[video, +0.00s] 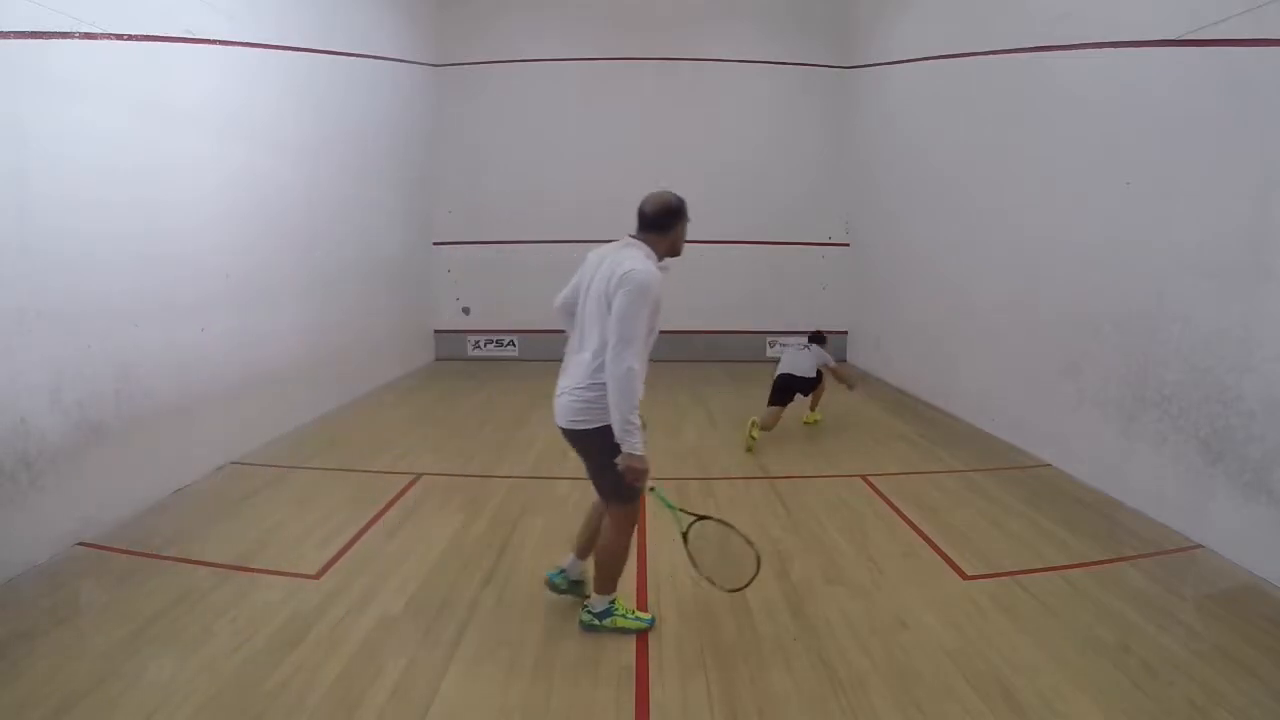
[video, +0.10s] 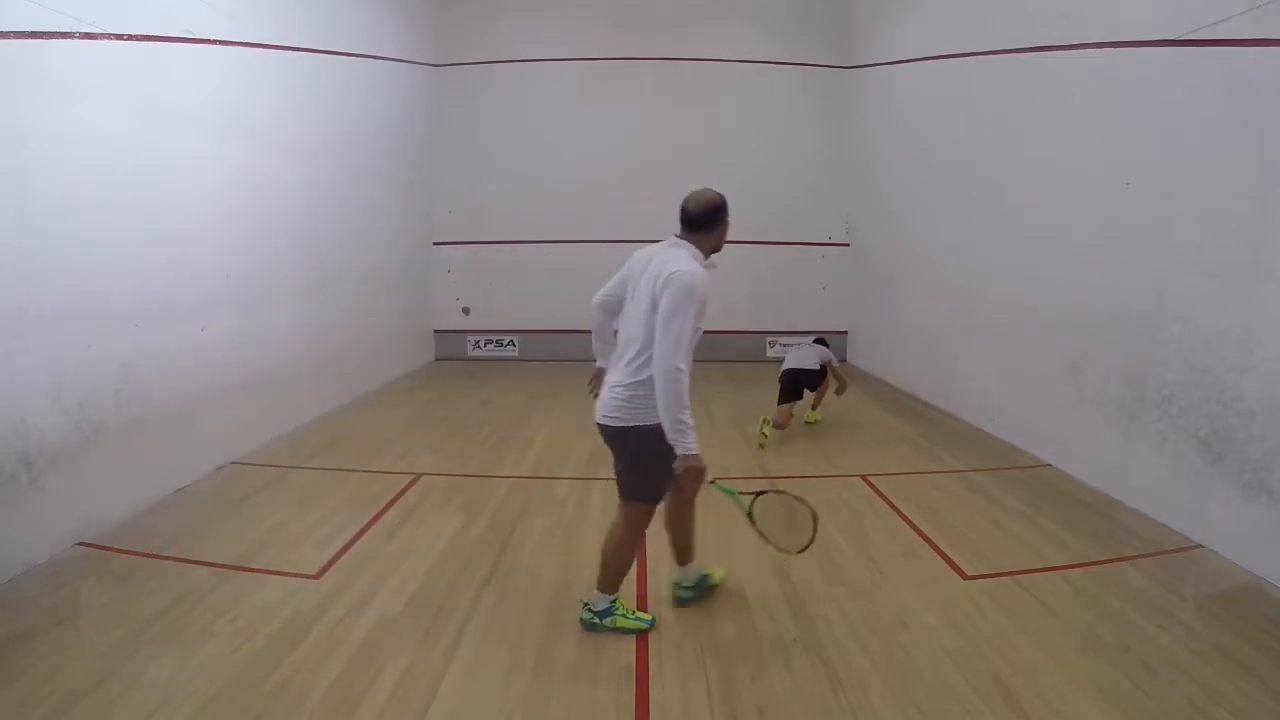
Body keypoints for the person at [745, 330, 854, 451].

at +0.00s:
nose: (824, 348)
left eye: (824, 346)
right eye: (824, 346)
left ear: (808, 341)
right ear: (821, 344)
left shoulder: (791, 348)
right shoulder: (819, 352)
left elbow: (777, 371)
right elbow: (835, 371)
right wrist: (848, 383)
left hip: (783, 379)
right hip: (805, 380)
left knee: (769, 423)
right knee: (820, 377)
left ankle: (756, 425)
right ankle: (811, 413)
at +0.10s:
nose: (826, 352)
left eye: (825, 349)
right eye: (826, 349)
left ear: (813, 343)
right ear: (825, 347)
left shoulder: (796, 349)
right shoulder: (825, 350)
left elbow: (782, 374)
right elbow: (838, 375)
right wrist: (841, 388)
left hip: (788, 373)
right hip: (810, 373)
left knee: (782, 422)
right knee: (826, 373)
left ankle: (769, 422)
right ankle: (812, 412)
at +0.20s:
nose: (829, 340)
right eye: (829, 338)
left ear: (812, 334)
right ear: (827, 336)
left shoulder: (801, 341)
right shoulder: (827, 343)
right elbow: (836, 370)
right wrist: (840, 387)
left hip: (790, 366)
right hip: (812, 366)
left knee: (790, 415)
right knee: (825, 374)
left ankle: (782, 418)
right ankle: (812, 412)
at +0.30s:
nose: (827, 319)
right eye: (827, 317)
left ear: (811, 315)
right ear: (826, 317)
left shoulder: (800, 326)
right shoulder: (829, 331)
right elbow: (835, 357)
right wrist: (836, 383)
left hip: (796, 362)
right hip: (815, 364)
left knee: (795, 389)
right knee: (822, 378)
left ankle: (794, 416)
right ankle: (812, 411)